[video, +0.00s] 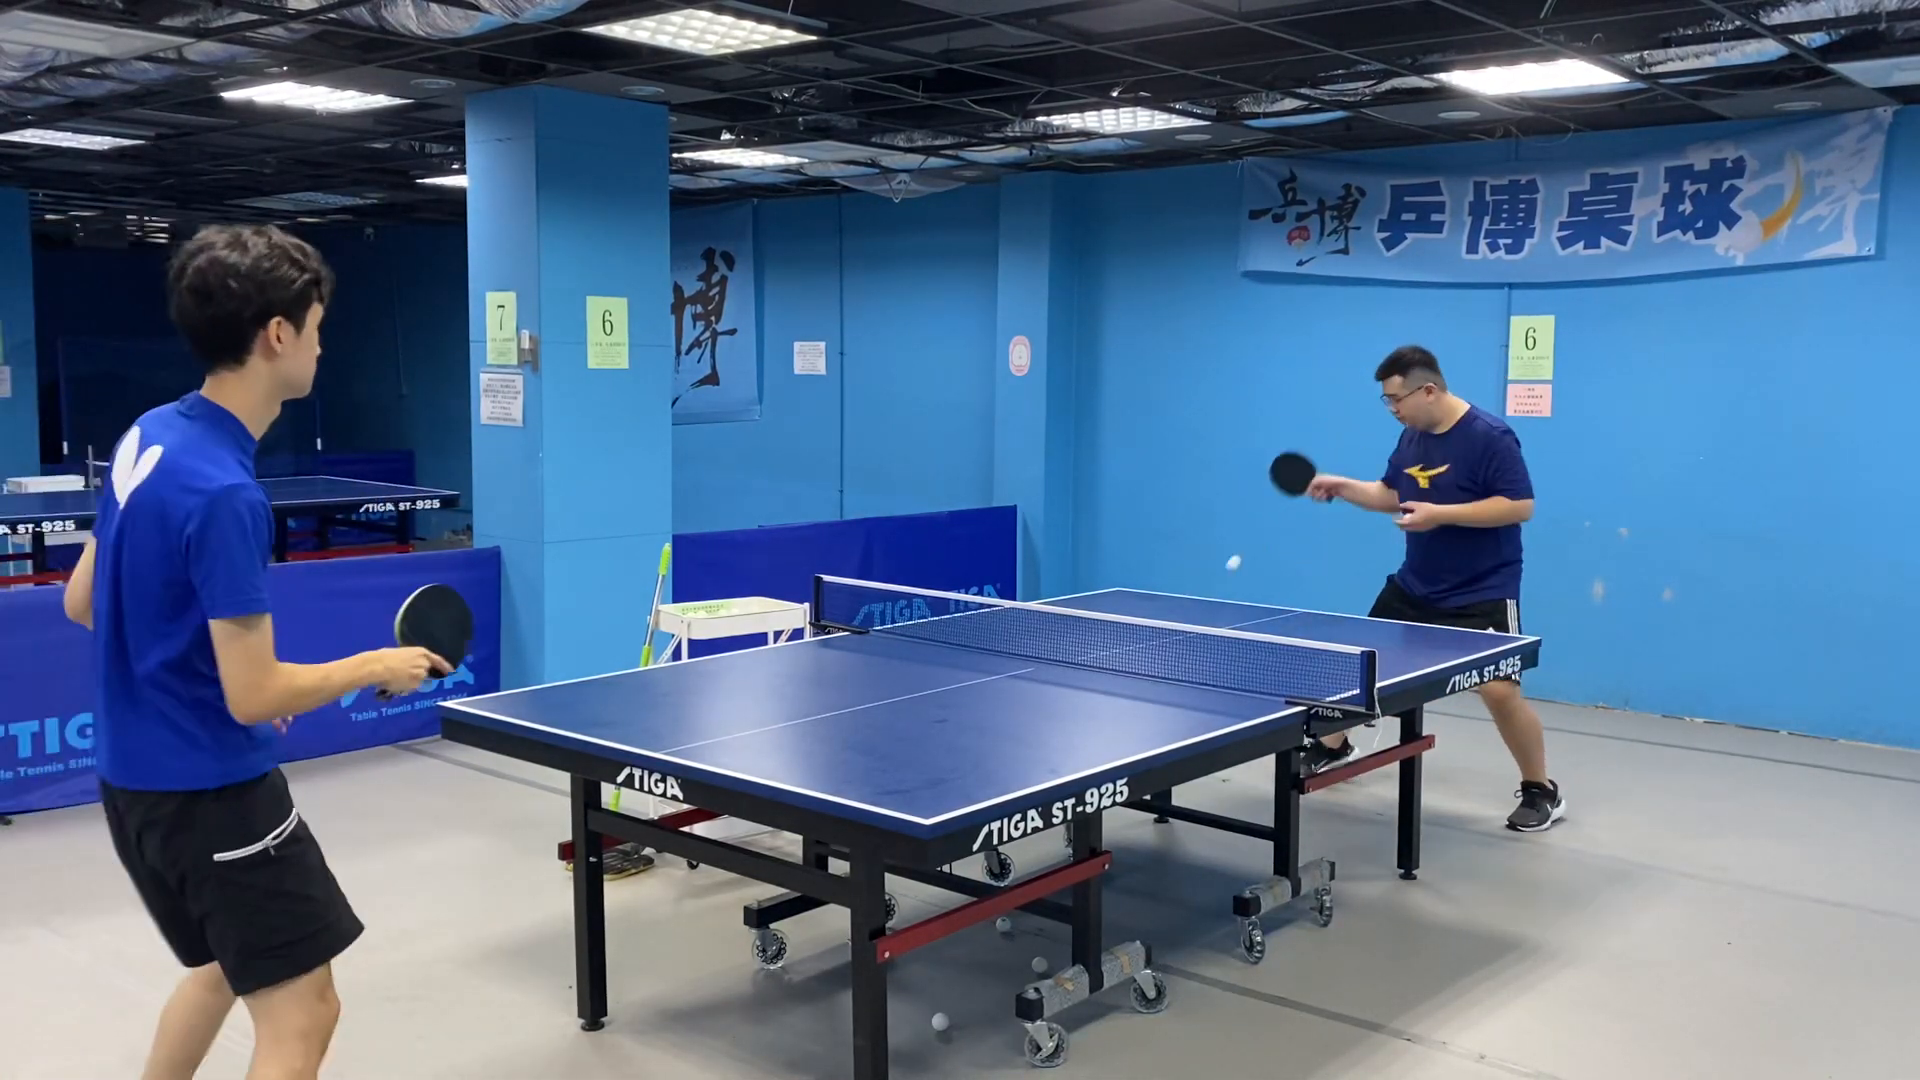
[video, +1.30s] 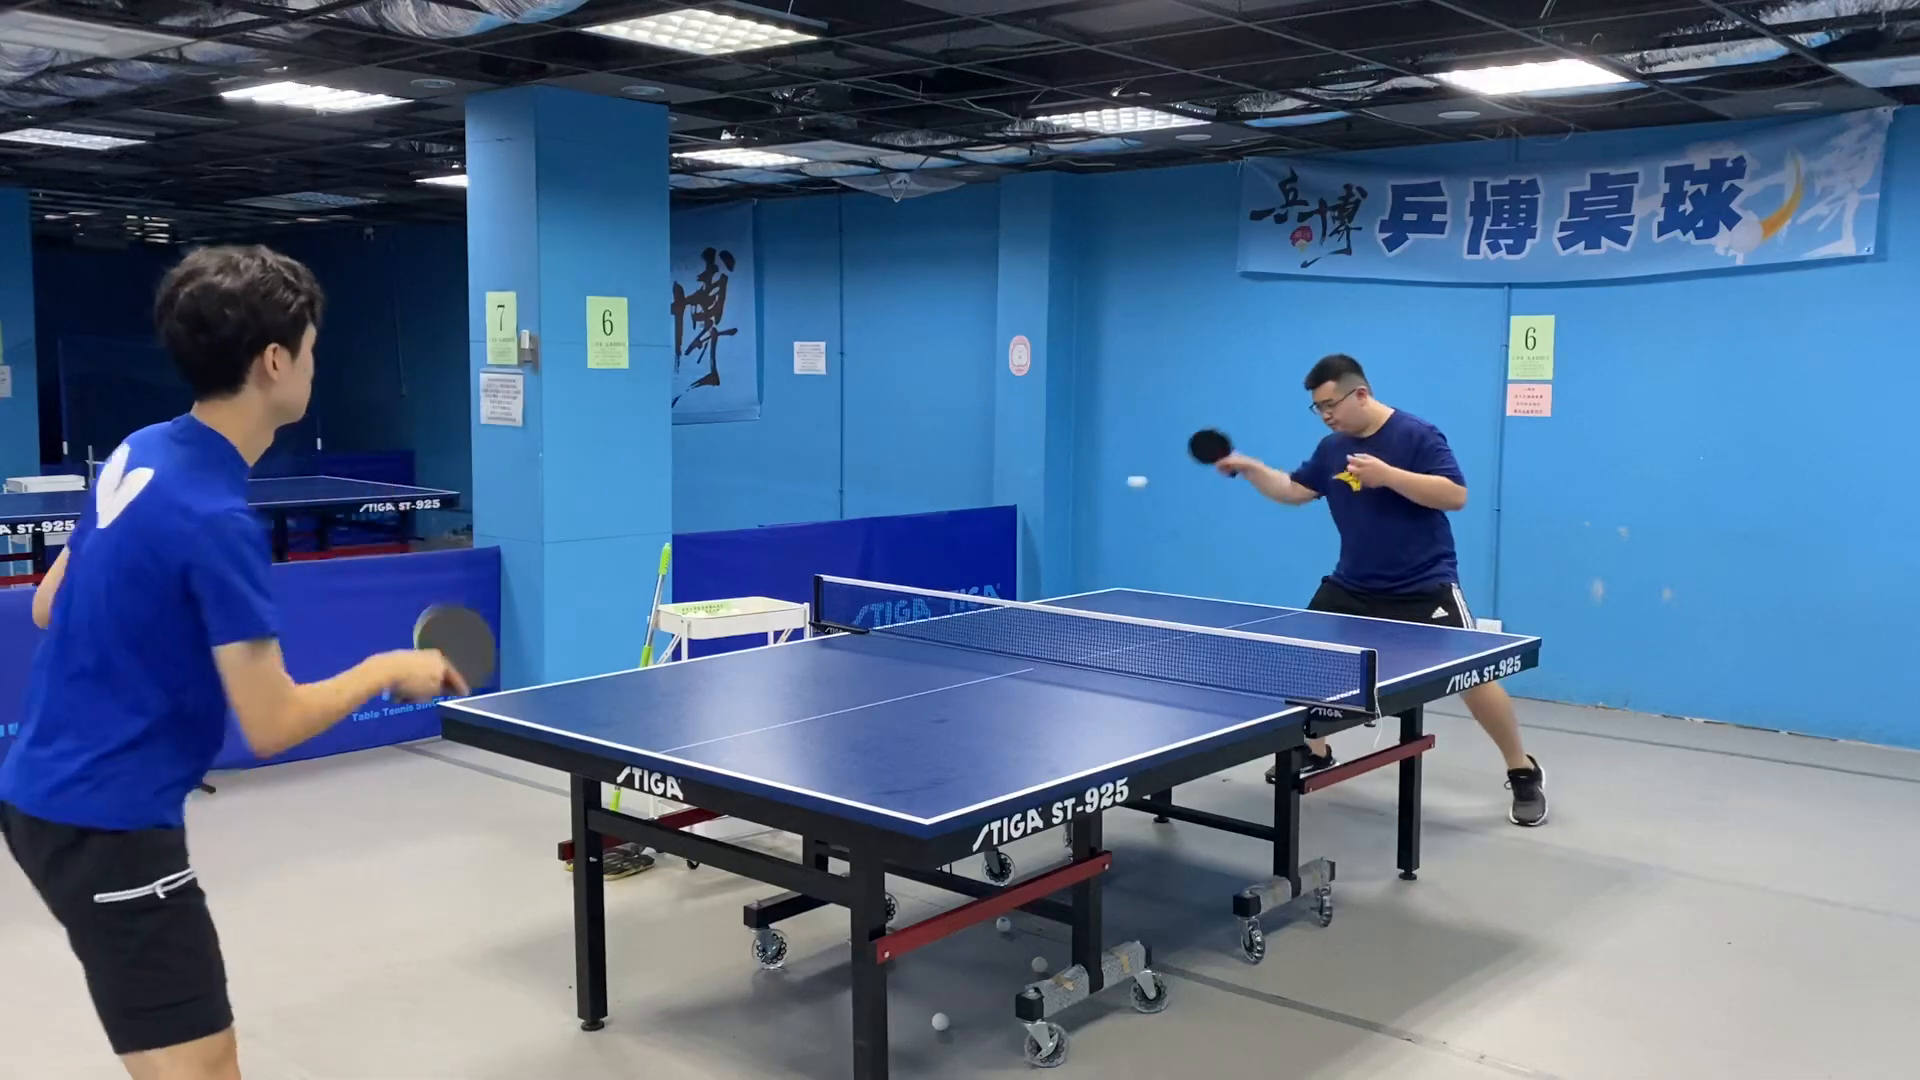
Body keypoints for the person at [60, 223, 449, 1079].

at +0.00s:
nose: (320, 351)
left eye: (320, 330)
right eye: (316, 330)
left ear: (224, 331)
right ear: (274, 335)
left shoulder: (149, 435)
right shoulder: (226, 493)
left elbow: (85, 600)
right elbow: (257, 694)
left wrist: (232, 673)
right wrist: (373, 666)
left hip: (140, 780)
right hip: (215, 791)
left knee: (217, 968)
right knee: (301, 1014)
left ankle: (158, 1078)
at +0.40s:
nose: (423, 386)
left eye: (427, 367)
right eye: (421, 366)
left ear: (355, 357)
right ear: (375, 363)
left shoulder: (261, 433)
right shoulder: (272, 489)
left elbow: (170, 568)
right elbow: (240, 694)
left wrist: (275, 681)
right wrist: (395, 750)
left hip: (192, 754)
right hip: (212, 774)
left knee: (279, 986)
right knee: (303, 1009)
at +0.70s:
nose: (422, 393)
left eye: (426, 375)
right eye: (418, 372)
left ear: (358, 363)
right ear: (367, 367)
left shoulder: (261, 430)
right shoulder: (284, 478)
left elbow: (179, 569)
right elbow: (287, 657)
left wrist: (278, 675)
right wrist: (443, 655)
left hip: (218, 738)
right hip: (204, 755)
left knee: (306, 914)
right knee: (275, 1001)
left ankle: (254, 1061)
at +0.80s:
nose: (401, 372)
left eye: (403, 354)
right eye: (396, 352)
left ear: (326, 346)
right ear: (347, 352)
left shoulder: (235, 424)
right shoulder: (301, 480)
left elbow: (158, 567)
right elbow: (386, 615)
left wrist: (265, 669)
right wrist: (491, 537)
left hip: (180, 735)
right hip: (202, 756)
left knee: (298, 913)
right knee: (255, 1017)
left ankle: (258, 1064)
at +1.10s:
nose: (334, 359)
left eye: (333, 339)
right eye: (330, 340)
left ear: (230, 344)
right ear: (296, 351)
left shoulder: (160, 449)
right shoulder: (275, 494)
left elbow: (87, 611)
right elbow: (377, 626)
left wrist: (197, 665)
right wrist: (371, 520)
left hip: (130, 773)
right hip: (184, 797)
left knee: (272, 939)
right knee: (211, 1062)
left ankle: (257, 1077)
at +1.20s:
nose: (323, 369)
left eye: (320, 349)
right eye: (318, 350)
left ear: (211, 357)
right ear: (282, 362)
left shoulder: (139, 462)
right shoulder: (257, 513)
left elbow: (54, 621)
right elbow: (346, 685)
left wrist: (182, 626)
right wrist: (384, 586)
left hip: (80, 803)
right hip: (157, 819)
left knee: (217, 1039)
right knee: (213, 1060)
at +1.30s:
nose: (312, 371)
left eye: (311, 351)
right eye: (309, 351)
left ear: (206, 357)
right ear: (271, 362)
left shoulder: (140, 452)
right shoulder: (214, 512)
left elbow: (50, 604)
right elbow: (271, 724)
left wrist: (182, 625)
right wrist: (389, 669)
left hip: (47, 792)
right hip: (108, 818)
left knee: (163, 1050)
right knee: (201, 1062)